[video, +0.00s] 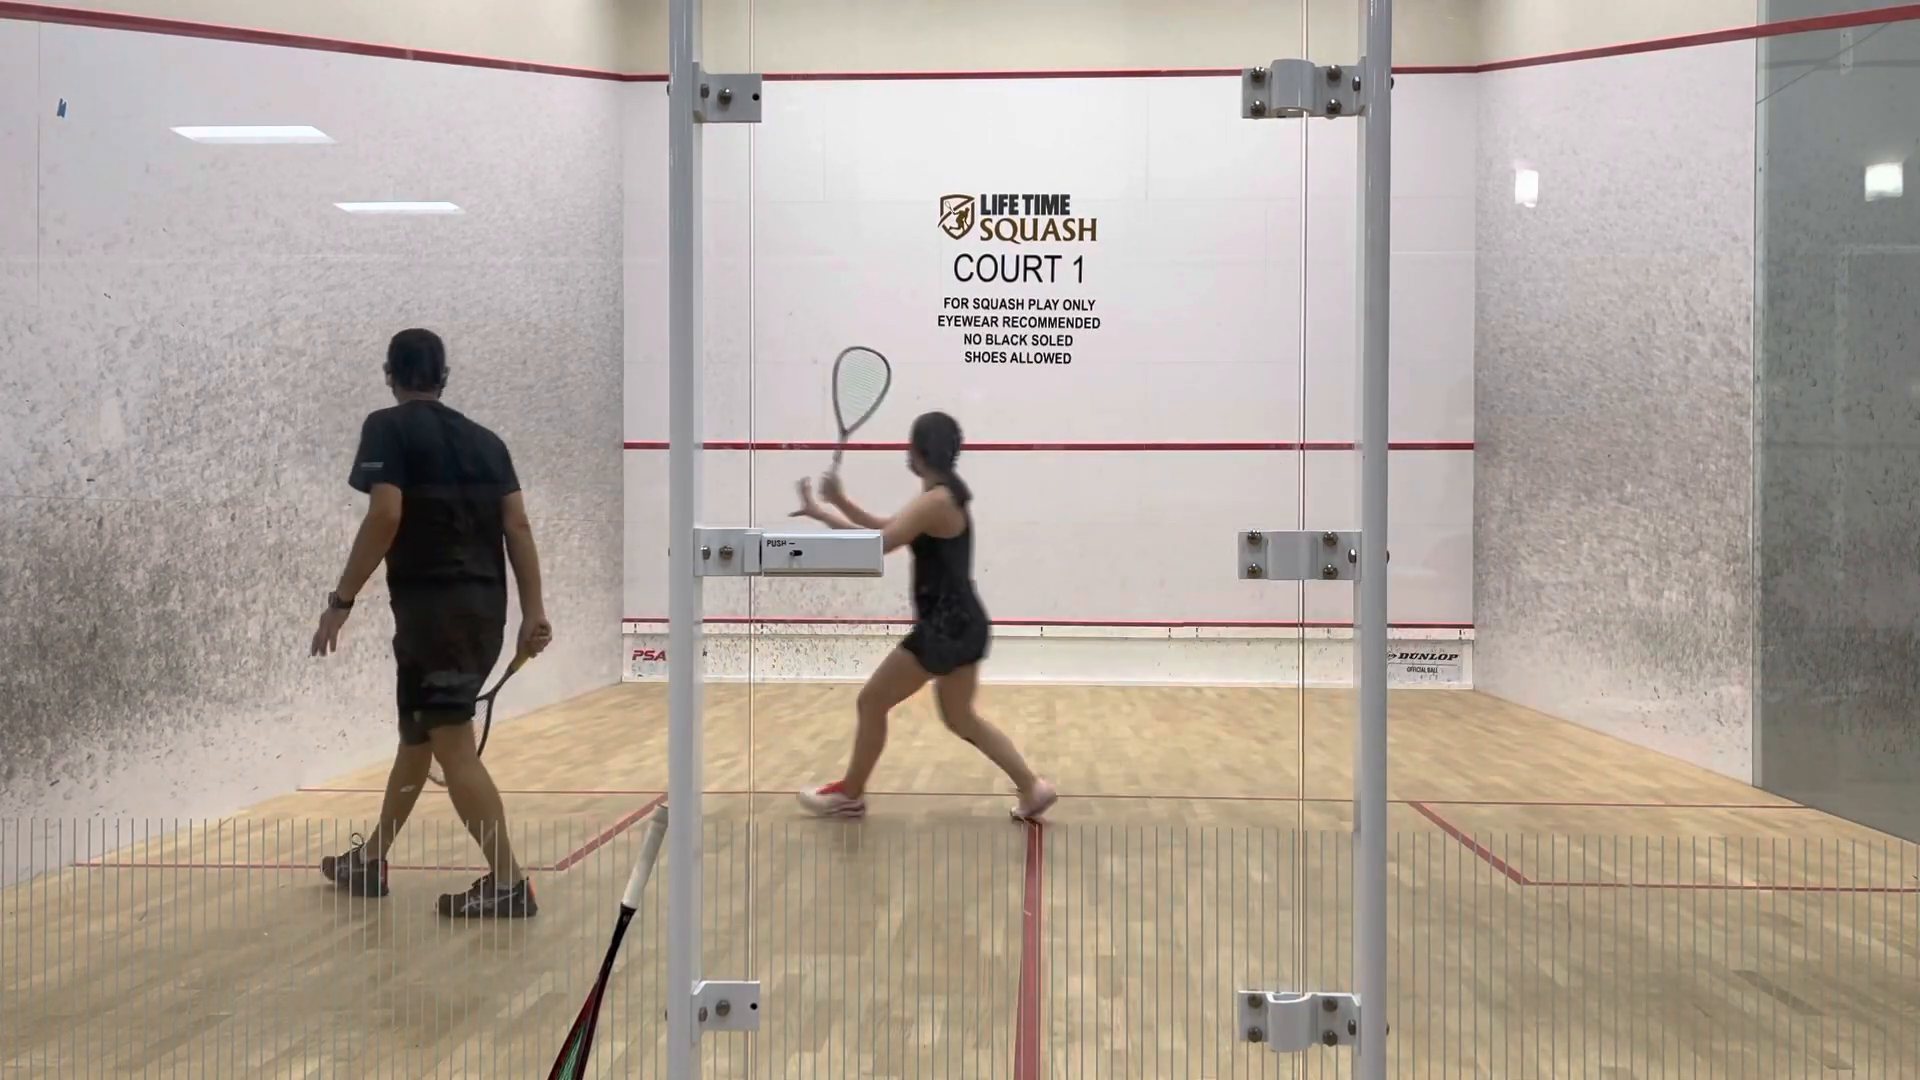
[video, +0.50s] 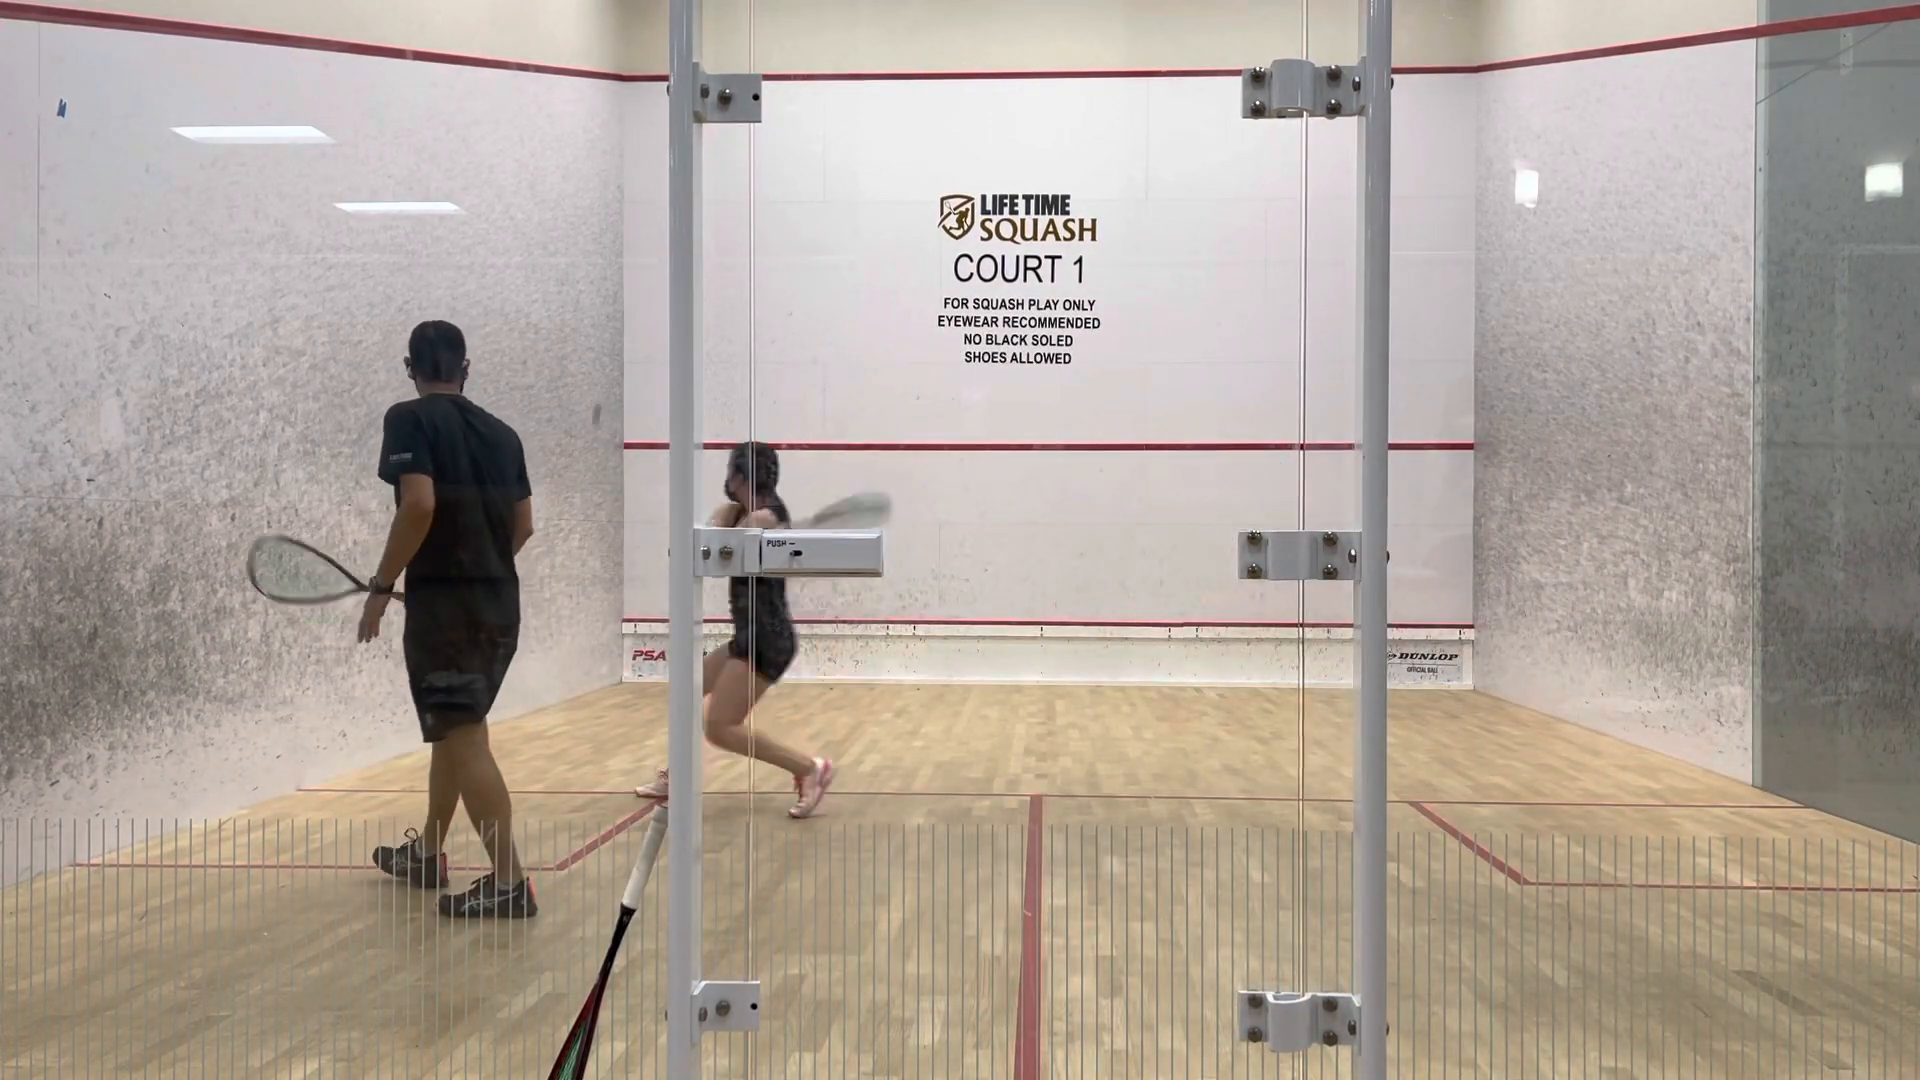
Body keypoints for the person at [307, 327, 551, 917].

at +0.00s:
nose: (398, 383)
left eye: (394, 375)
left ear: (392, 377)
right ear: (444, 378)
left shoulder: (388, 426)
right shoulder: (487, 441)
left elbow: (385, 514)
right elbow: (518, 528)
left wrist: (340, 600)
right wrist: (535, 612)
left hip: (428, 615)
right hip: (486, 614)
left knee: (455, 749)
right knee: (418, 737)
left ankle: (508, 883)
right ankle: (373, 857)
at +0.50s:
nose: (426, 377)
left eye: (418, 368)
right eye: (453, 368)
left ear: (412, 370)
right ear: (466, 371)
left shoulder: (409, 417)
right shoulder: (501, 432)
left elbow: (419, 503)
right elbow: (522, 526)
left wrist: (381, 586)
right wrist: (468, 572)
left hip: (441, 605)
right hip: (499, 605)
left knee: (465, 739)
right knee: (454, 731)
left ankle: (508, 881)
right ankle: (429, 852)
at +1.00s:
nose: (360, 404)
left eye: (357, 395)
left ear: (359, 395)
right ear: (411, 393)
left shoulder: (371, 431)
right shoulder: (439, 440)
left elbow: (361, 513)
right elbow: (417, 547)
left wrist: (298, 546)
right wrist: (345, 549)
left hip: (442, 605)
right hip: (476, 601)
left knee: (441, 740)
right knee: (415, 716)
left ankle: (506, 874)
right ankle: (423, 850)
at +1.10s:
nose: (351, 410)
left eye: (348, 402)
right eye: (357, 401)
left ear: (350, 402)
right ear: (400, 398)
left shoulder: (368, 431)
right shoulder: (420, 440)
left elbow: (384, 505)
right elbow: (413, 554)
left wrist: (325, 554)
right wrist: (340, 546)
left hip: (449, 600)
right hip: (472, 596)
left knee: (424, 737)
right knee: (424, 730)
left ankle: (499, 868)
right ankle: (431, 850)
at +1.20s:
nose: (345, 415)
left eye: (341, 407)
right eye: (349, 408)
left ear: (343, 406)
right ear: (394, 401)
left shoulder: (368, 434)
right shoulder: (415, 439)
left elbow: (413, 498)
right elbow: (418, 549)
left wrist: (375, 578)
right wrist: (349, 567)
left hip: (449, 602)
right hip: (473, 599)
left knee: (410, 742)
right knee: (428, 734)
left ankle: (487, 870)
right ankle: (428, 854)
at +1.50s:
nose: (313, 397)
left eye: (315, 384)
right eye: (312, 385)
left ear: (339, 380)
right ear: (356, 378)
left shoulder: (401, 418)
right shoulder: (370, 446)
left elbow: (487, 472)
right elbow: (413, 540)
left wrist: (491, 567)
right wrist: (370, 578)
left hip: (446, 608)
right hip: (411, 613)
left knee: (428, 741)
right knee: (413, 734)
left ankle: (488, 883)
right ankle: (425, 854)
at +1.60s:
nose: (292, 394)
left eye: (295, 380)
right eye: (289, 383)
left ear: (329, 370)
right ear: (325, 374)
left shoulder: (405, 412)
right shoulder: (342, 453)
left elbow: (482, 482)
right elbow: (369, 530)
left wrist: (465, 572)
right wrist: (359, 577)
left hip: (450, 604)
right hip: (395, 610)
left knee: (443, 747)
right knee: (358, 733)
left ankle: (488, 882)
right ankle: (414, 846)